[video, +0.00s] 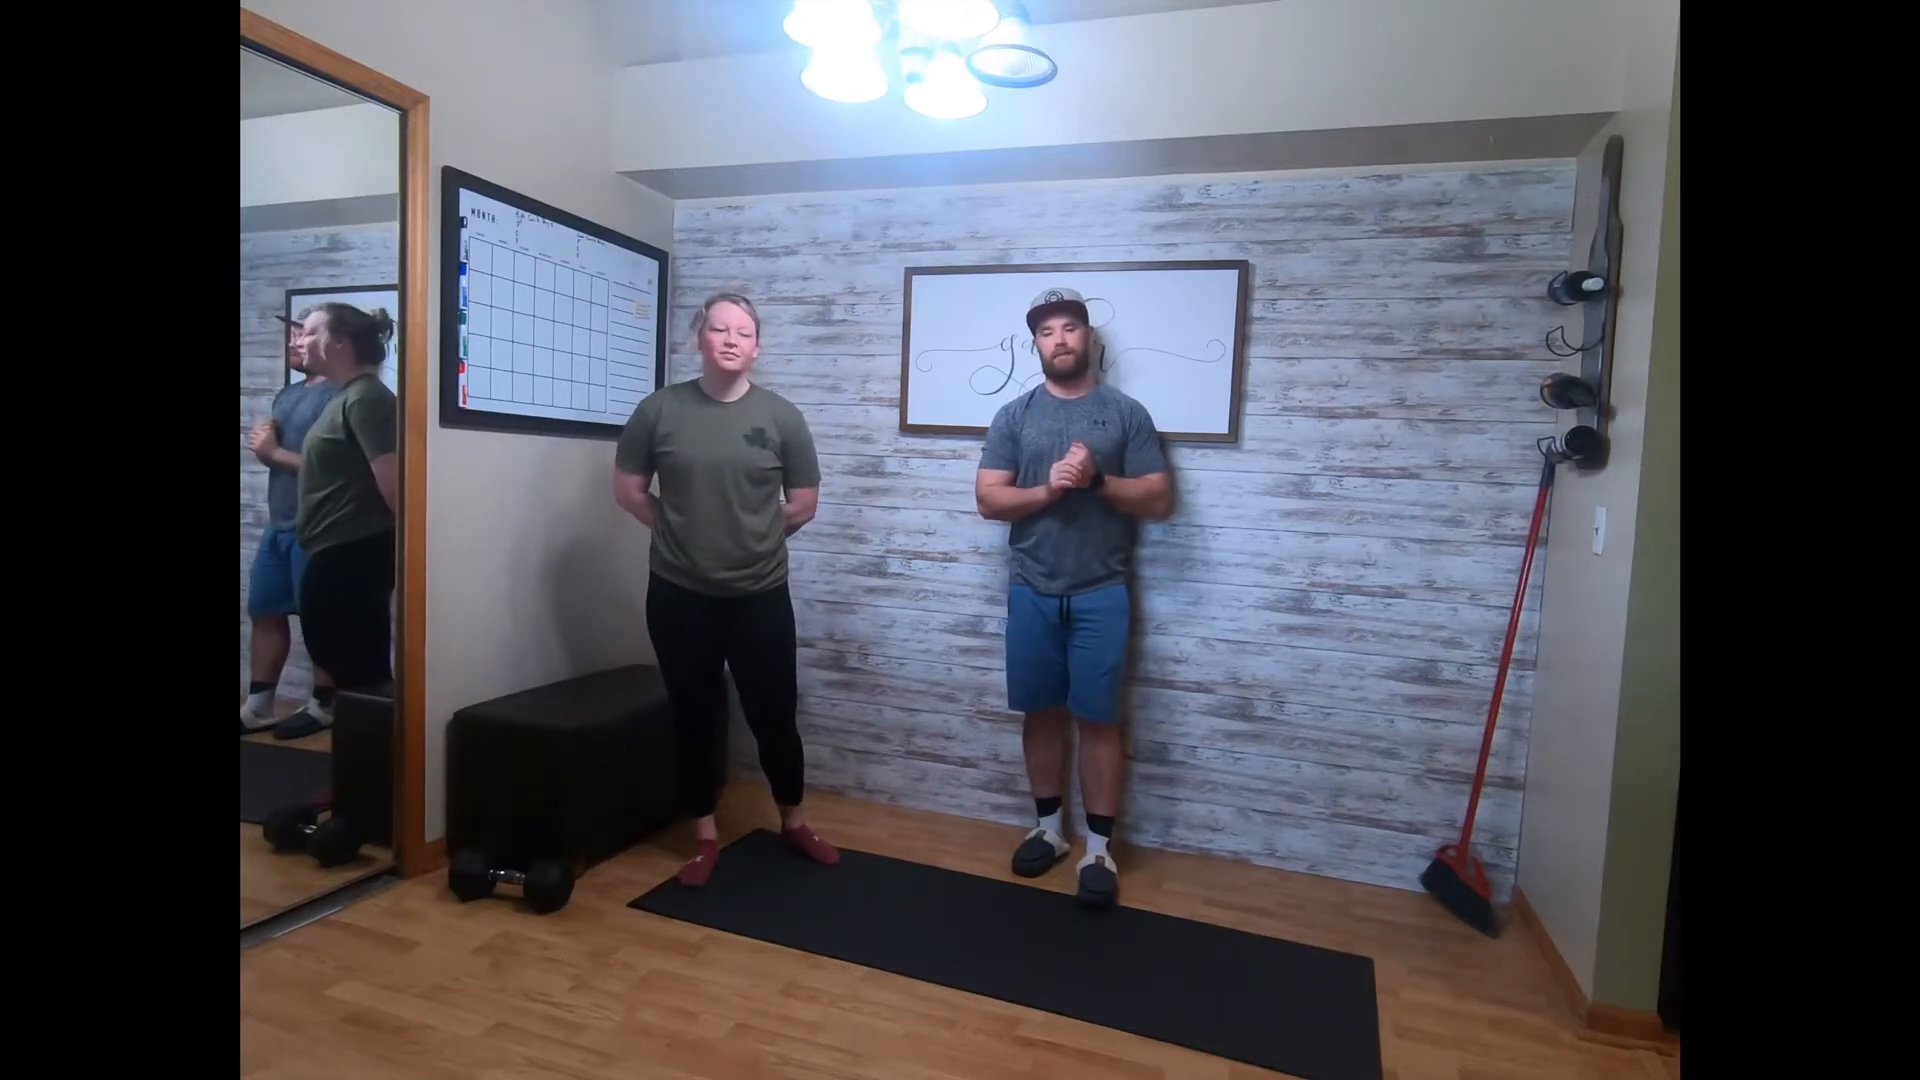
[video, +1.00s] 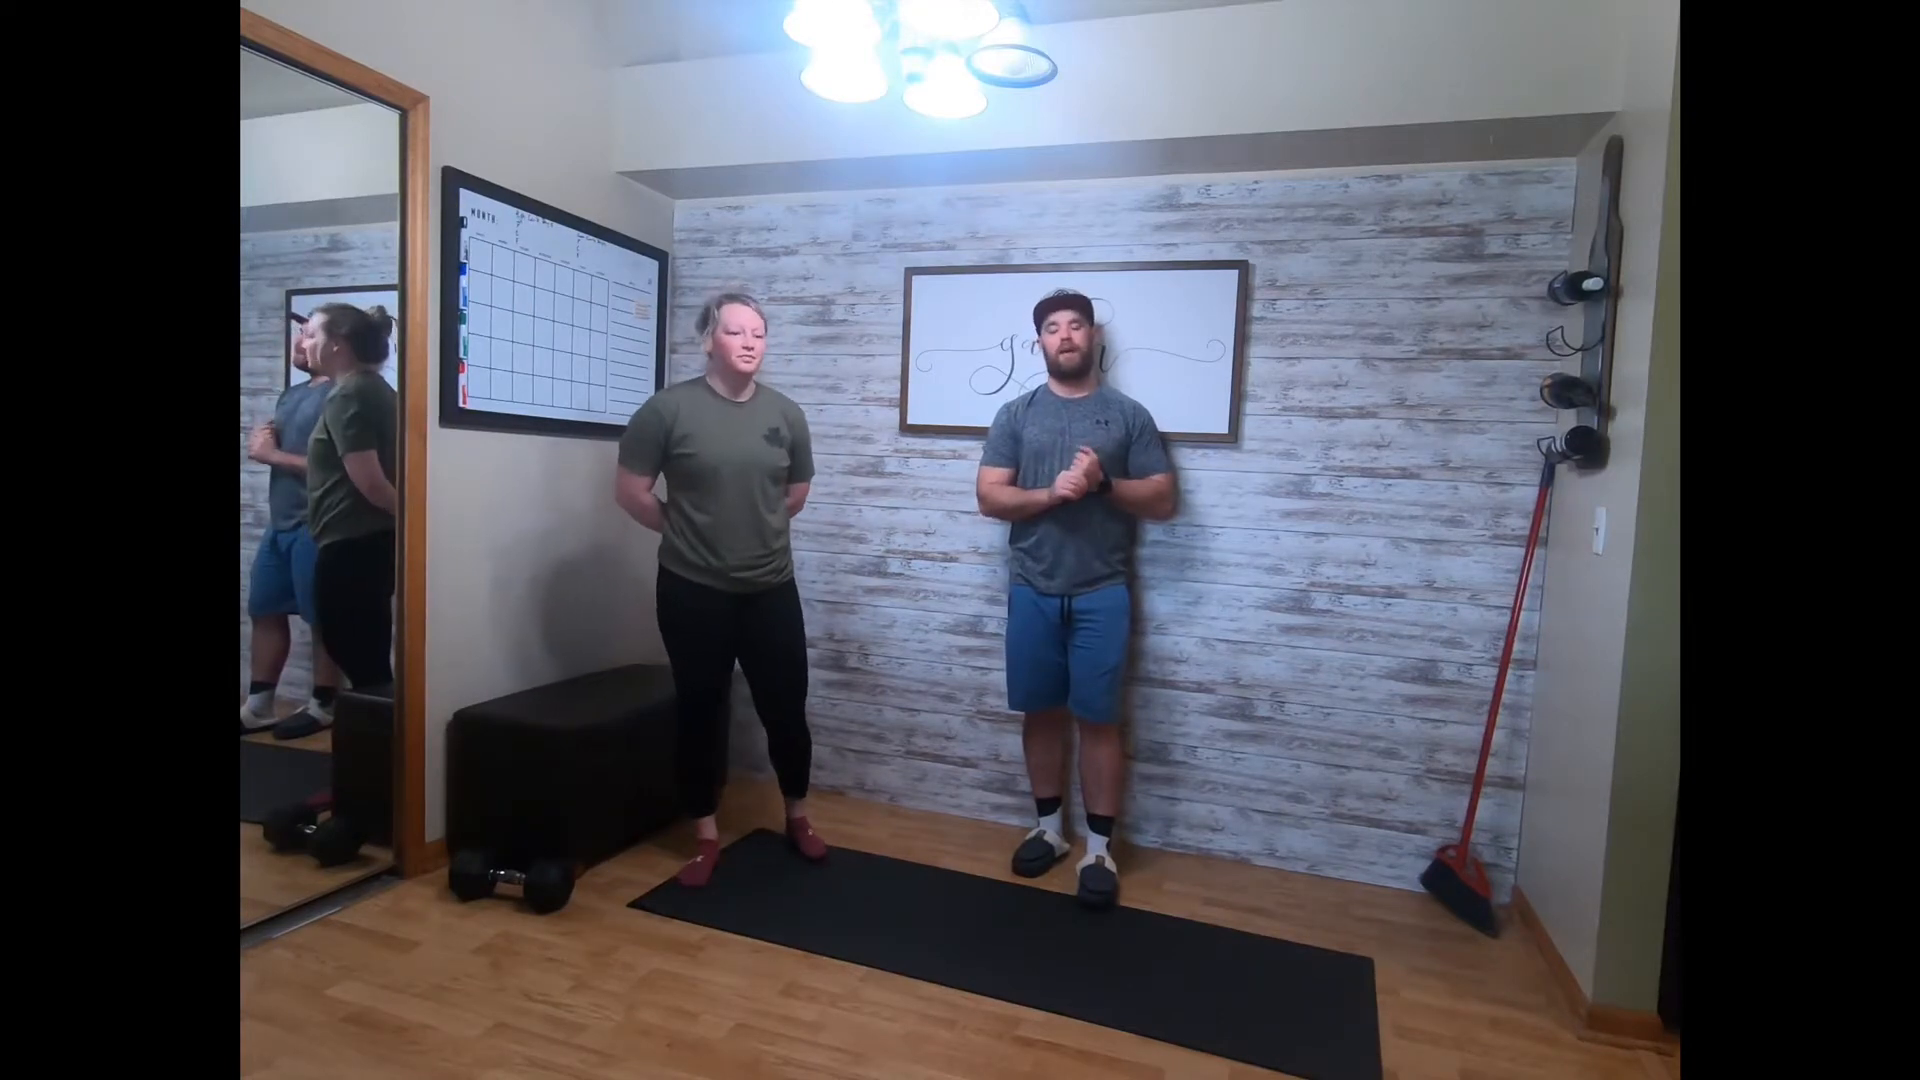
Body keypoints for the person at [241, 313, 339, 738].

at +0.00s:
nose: (295, 340)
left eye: (305, 332)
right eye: (295, 333)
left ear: (329, 343)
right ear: (296, 344)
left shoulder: (339, 396)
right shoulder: (286, 397)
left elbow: (324, 465)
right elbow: (286, 455)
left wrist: (272, 451)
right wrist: (267, 443)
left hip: (317, 530)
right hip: (279, 527)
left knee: (319, 621)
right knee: (266, 612)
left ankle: (324, 706)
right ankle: (259, 704)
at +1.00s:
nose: (300, 340)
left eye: (309, 333)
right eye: (301, 332)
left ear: (331, 343)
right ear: (301, 344)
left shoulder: (340, 395)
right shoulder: (292, 395)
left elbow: (329, 467)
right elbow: (277, 443)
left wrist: (273, 454)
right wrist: (267, 440)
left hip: (316, 526)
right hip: (280, 526)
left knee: (321, 619)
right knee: (266, 611)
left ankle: (324, 706)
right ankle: (259, 704)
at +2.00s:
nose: (298, 339)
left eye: (308, 333)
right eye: (298, 332)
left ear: (329, 344)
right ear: (299, 341)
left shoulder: (342, 397)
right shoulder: (289, 395)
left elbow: (339, 465)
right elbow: (278, 443)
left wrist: (275, 461)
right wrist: (264, 441)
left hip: (319, 525)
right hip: (278, 524)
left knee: (322, 619)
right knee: (263, 610)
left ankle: (323, 707)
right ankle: (260, 703)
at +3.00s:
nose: (294, 339)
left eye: (304, 332)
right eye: (295, 333)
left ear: (326, 342)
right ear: (299, 344)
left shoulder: (343, 392)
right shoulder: (294, 394)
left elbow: (346, 447)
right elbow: (276, 446)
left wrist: (317, 412)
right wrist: (248, 413)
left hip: (317, 523)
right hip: (276, 523)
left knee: (321, 617)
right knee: (260, 608)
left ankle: (324, 706)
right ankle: (259, 704)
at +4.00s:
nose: (293, 342)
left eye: (304, 334)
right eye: (293, 335)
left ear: (328, 344)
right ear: (293, 344)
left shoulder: (337, 392)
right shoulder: (281, 395)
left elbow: (350, 461)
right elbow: (270, 456)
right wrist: (248, 491)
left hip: (313, 526)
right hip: (272, 524)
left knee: (318, 620)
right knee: (256, 611)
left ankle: (324, 705)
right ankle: (259, 704)